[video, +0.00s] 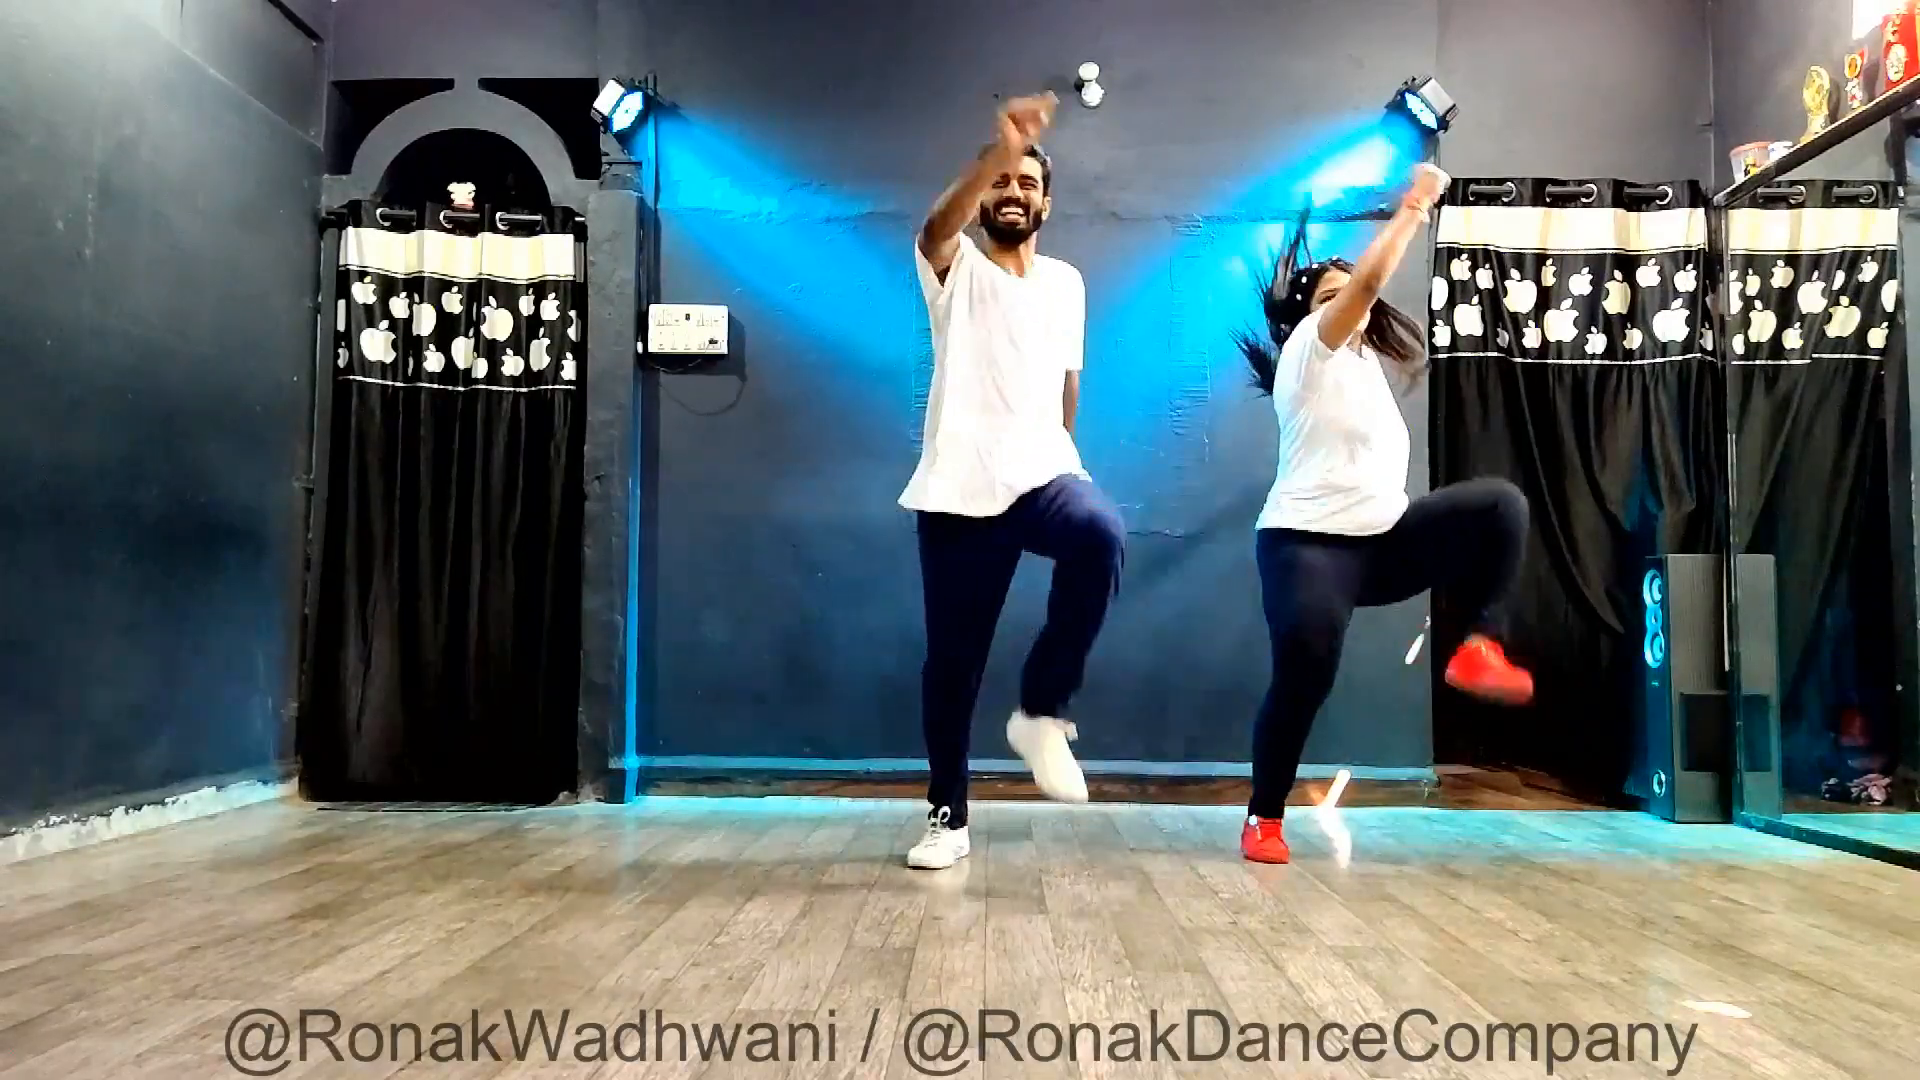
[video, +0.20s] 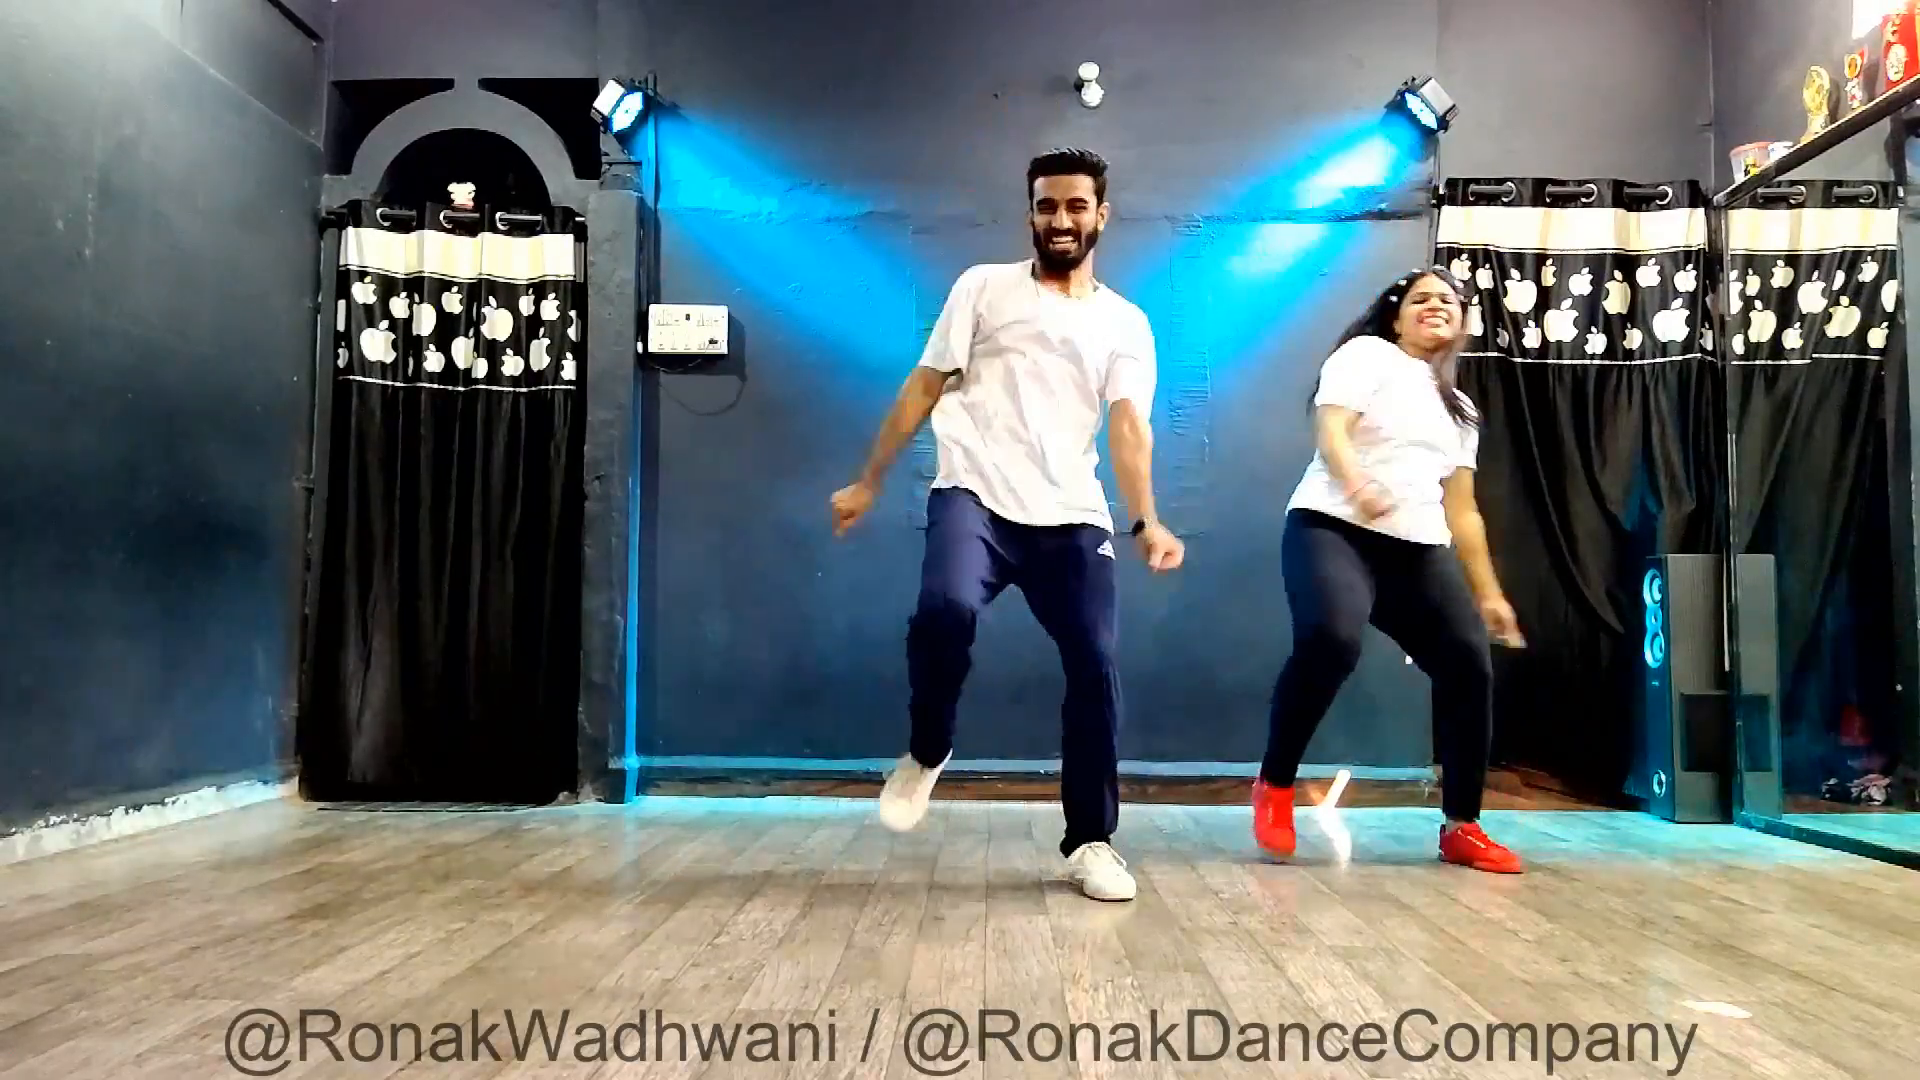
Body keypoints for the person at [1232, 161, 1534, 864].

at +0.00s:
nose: (1354, 286)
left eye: (1354, 282)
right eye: (1340, 281)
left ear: (1352, 305)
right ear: (1311, 300)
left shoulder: (1367, 364)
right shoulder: (1306, 349)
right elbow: (1369, 282)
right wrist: (1413, 208)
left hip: (1381, 541)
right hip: (1307, 542)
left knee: (1499, 507)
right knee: (1306, 668)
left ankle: (1466, 642)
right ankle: (1264, 816)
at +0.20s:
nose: (1433, 307)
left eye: (1447, 303)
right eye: (1420, 299)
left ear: (1461, 327)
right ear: (1396, 316)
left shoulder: (1459, 412)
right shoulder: (1367, 354)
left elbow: (1463, 508)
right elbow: (1330, 432)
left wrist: (1488, 594)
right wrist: (1357, 482)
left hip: (1414, 549)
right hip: (1331, 528)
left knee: (1467, 657)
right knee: (1333, 640)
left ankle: (1460, 827)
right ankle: (1276, 786)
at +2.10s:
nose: (1381, 291)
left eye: (1391, 286)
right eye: (1368, 286)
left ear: (1404, 304)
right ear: (1348, 301)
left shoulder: (1416, 366)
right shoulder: (1341, 328)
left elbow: (1427, 444)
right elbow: (1330, 358)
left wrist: (1496, 424)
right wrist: (1414, 363)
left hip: (1401, 513)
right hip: (1346, 503)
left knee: (1422, 641)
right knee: (1407, 635)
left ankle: (1401, 782)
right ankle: (1386, 785)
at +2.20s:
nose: (1382, 285)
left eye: (1392, 280)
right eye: (1368, 278)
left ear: (1403, 300)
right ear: (1343, 292)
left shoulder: (1410, 358)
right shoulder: (1326, 317)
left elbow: (1471, 397)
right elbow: (1258, 356)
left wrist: (1497, 375)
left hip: (1384, 502)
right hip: (1323, 496)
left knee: (1456, 585)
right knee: (1359, 634)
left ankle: (1401, 709)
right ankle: (1310, 773)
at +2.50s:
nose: (1388, 351)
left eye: (1398, 348)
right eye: (1376, 345)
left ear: (1410, 372)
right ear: (1354, 365)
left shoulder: (1417, 430)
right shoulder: (1315, 397)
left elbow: (1519, 420)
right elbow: (1226, 406)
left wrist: (1454, 419)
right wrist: (1154, 403)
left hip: (1359, 571)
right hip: (1286, 567)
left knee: (1470, 572)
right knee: (1311, 680)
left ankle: (1462, 708)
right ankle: (1286, 804)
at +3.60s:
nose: (1479, 362)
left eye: (1488, 355)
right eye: (1474, 347)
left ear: (1491, 352)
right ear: (1447, 327)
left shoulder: (1459, 397)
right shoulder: (1418, 342)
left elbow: (1502, 446)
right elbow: (1421, 415)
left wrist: (1537, 479)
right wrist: (1458, 478)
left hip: (1389, 517)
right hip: (1331, 486)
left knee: (1429, 640)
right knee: (1349, 604)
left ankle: (1431, 784)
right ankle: (1238, 650)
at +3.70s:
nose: (1490, 386)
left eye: (1498, 378)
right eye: (1485, 372)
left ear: (1501, 373)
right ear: (1458, 352)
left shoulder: (1457, 406)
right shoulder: (1433, 379)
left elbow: (1496, 466)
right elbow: (1464, 475)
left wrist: (1529, 499)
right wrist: (1473, 544)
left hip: (1380, 544)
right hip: (1330, 511)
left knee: (1416, 658)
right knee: (1349, 611)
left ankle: (1415, 802)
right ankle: (1236, 595)